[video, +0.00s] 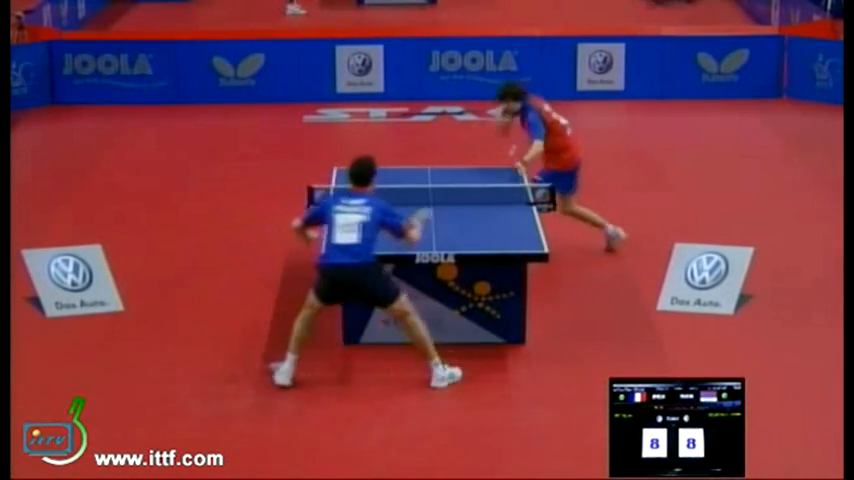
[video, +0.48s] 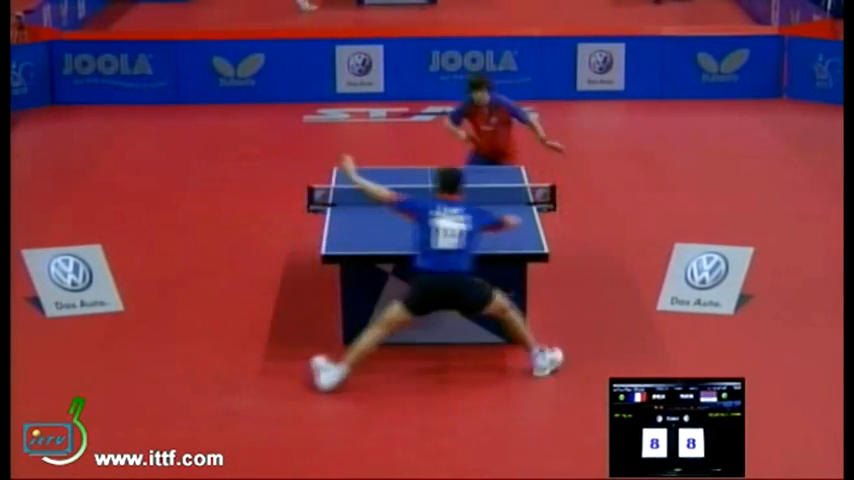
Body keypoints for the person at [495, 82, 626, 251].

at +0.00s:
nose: (505, 108)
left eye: (506, 104)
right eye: (503, 104)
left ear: (515, 101)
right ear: (519, 98)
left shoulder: (531, 113)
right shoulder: (531, 102)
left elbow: (539, 144)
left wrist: (524, 162)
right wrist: (507, 117)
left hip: (565, 164)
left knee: (566, 207)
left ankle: (609, 229)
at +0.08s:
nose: (497, 112)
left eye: (499, 108)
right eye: (497, 108)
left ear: (509, 106)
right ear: (508, 106)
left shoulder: (527, 116)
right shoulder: (514, 112)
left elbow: (544, 144)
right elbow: (494, 130)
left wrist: (537, 164)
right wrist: (497, 120)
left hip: (557, 161)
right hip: (547, 159)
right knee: (534, 199)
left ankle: (592, 219)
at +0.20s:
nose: (493, 113)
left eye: (495, 109)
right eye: (491, 109)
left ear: (503, 106)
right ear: (490, 108)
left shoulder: (523, 117)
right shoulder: (498, 116)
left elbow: (549, 139)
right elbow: (484, 127)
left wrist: (553, 161)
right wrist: (487, 135)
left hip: (543, 161)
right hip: (528, 159)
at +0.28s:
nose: (489, 110)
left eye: (492, 106)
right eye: (487, 107)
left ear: (501, 105)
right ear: (485, 107)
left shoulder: (519, 116)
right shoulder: (490, 115)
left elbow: (548, 134)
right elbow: (474, 128)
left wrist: (558, 157)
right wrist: (481, 138)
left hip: (533, 163)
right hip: (513, 161)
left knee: (522, 198)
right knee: (494, 186)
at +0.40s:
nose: (483, 103)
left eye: (486, 100)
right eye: (480, 100)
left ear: (493, 98)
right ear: (476, 99)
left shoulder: (508, 109)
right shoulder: (476, 108)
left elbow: (538, 125)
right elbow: (459, 126)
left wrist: (555, 148)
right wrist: (472, 136)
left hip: (517, 156)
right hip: (496, 155)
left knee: (516, 191)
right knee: (479, 181)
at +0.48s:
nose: (479, 98)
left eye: (482, 94)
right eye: (476, 94)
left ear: (488, 92)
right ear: (471, 94)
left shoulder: (501, 104)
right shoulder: (469, 105)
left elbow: (528, 119)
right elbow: (449, 122)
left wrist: (544, 140)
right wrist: (461, 134)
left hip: (503, 155)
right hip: (481, 154)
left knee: (504, 191)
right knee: (468, 186)